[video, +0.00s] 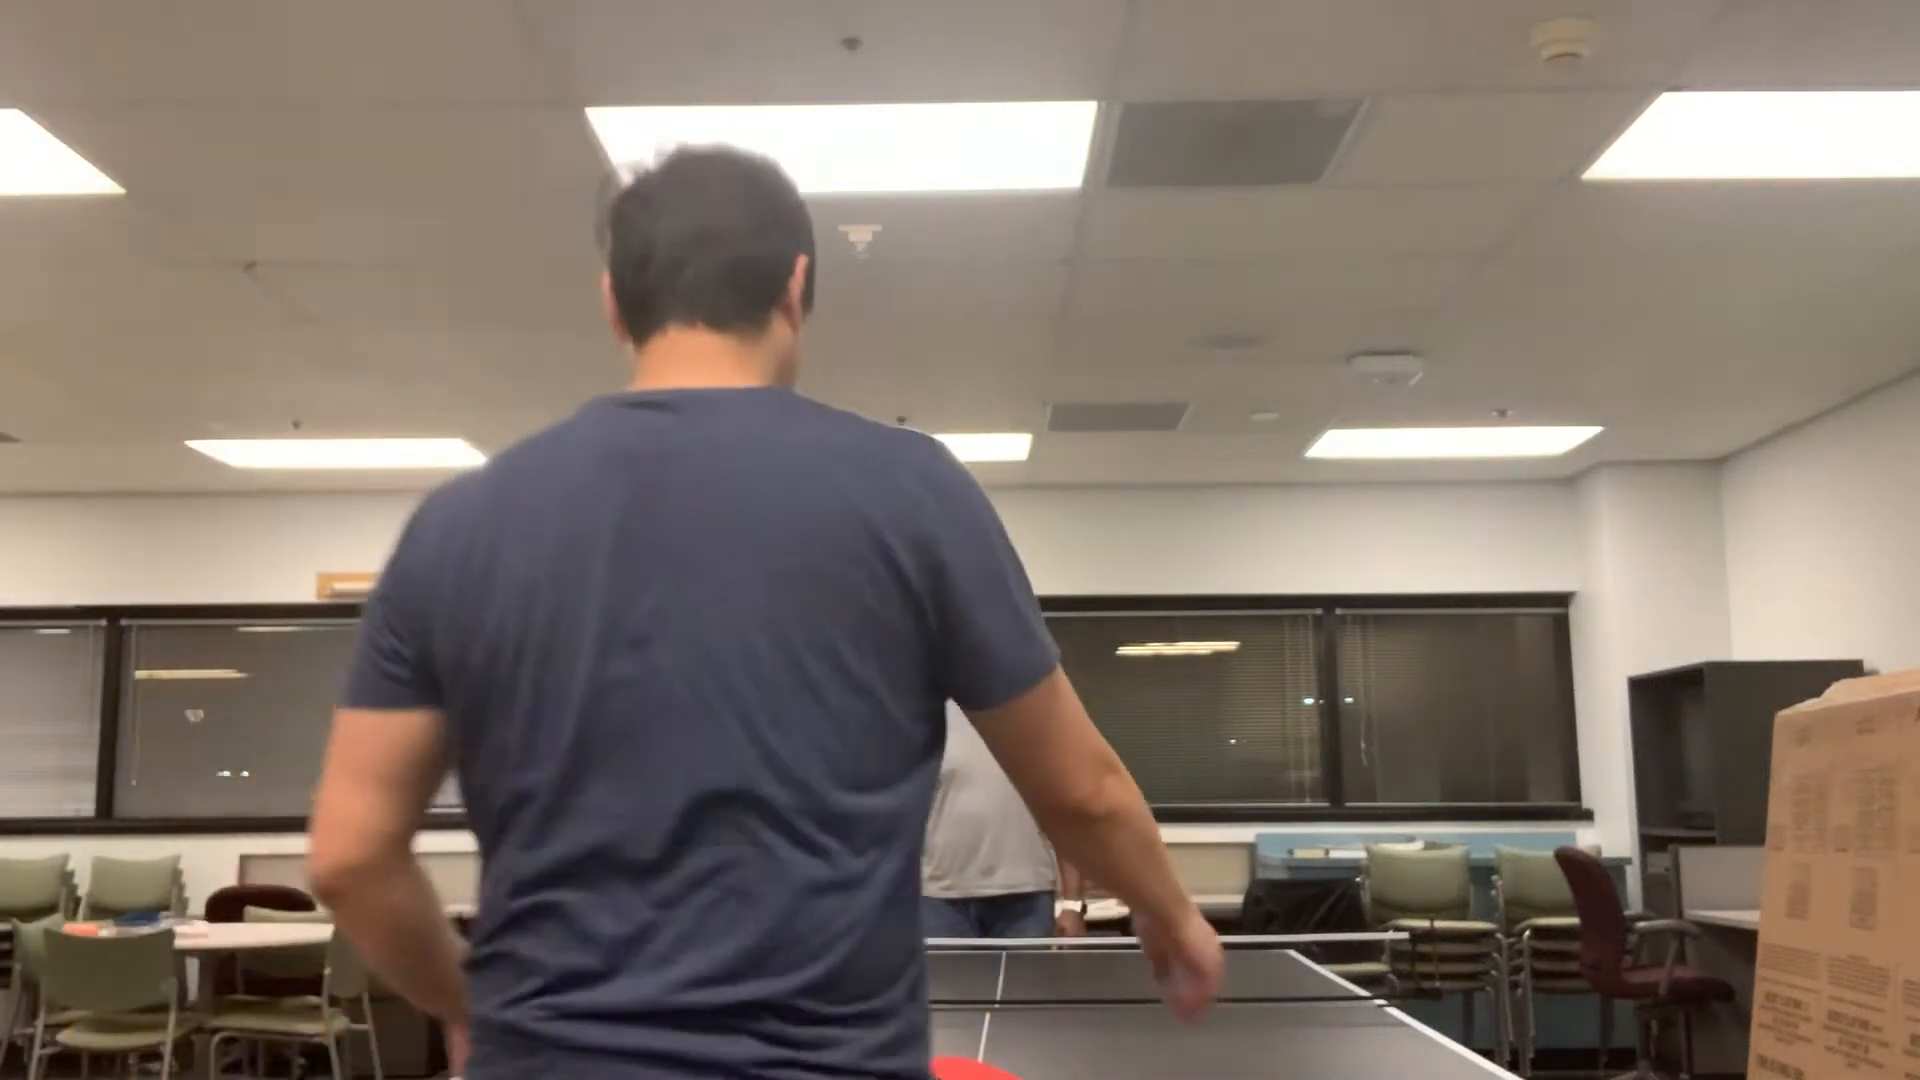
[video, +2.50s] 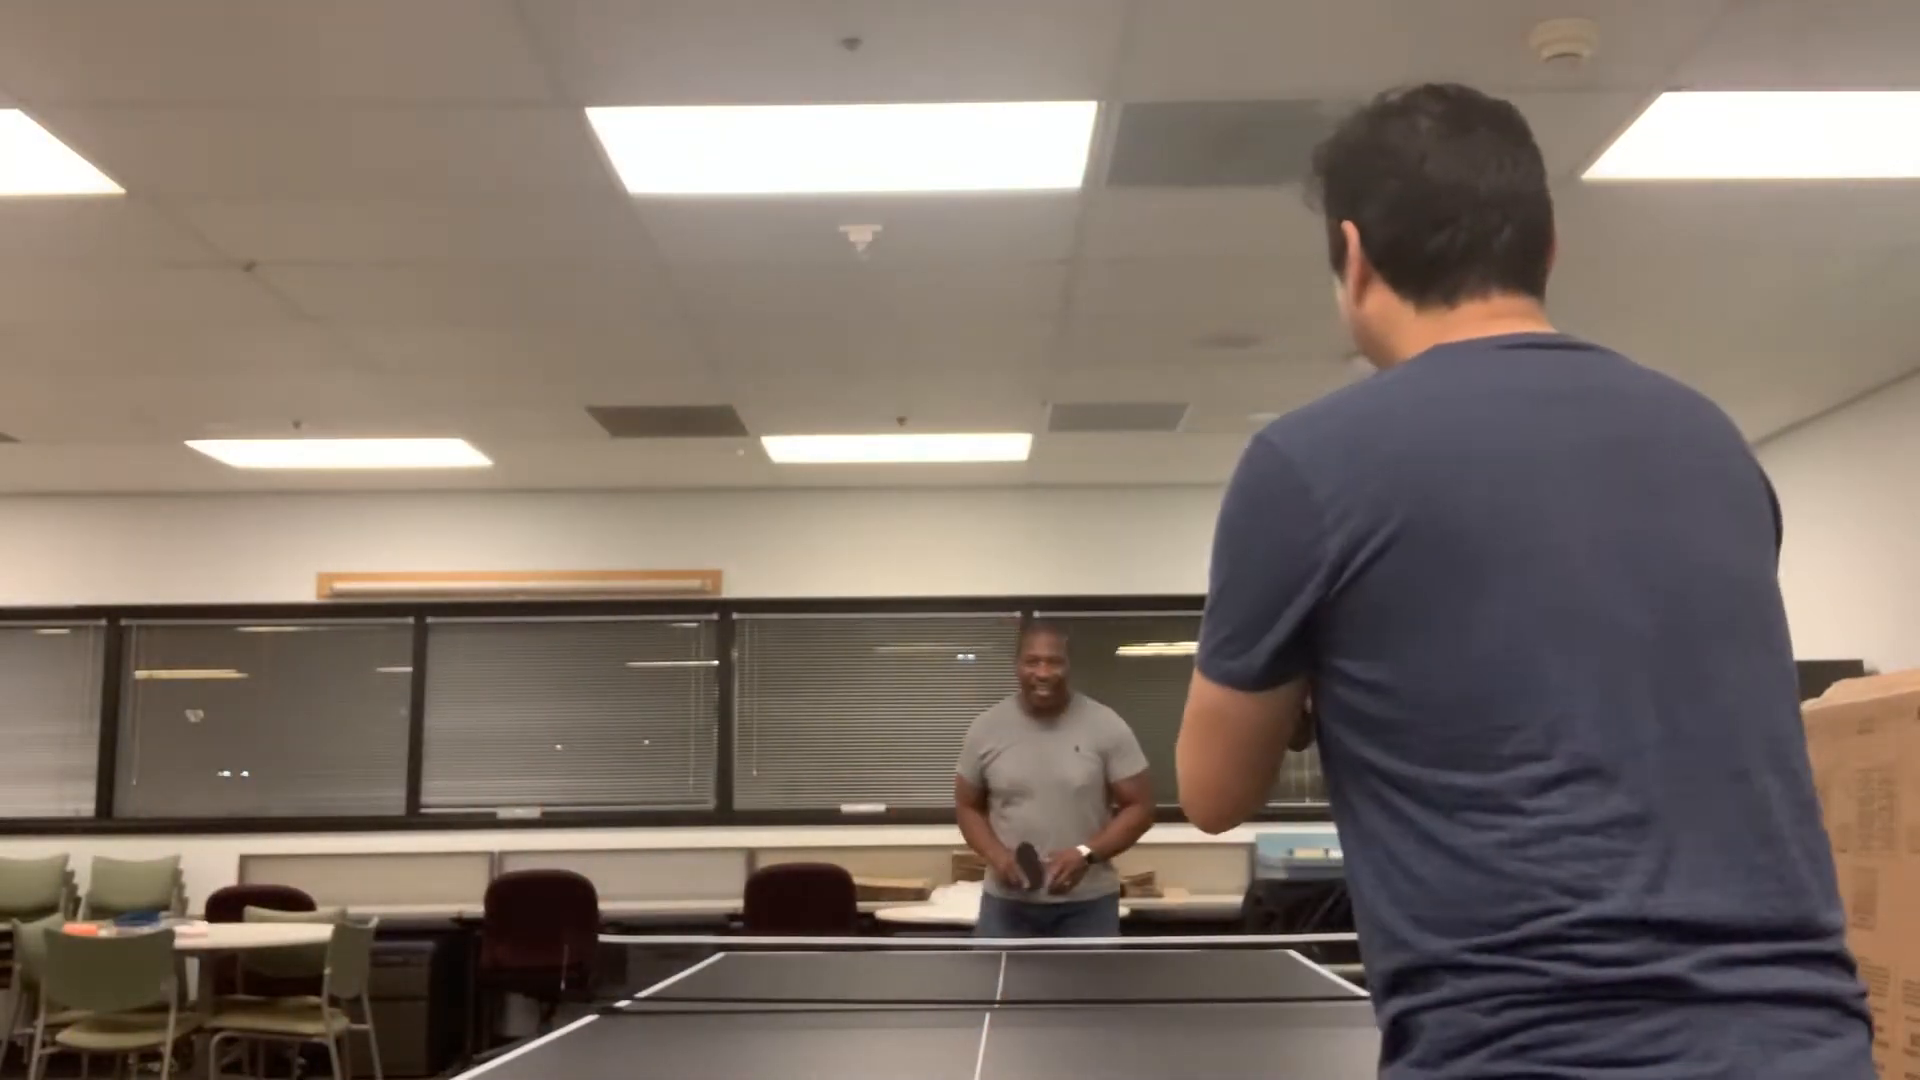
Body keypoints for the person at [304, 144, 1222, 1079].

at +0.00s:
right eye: (814, 294)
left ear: (611, 304)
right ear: (798, 289)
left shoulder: (470, 516)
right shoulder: (906, 484)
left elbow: (349, 855)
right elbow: (1083, 794)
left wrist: (466, 1007)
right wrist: (1170, 916)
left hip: (548, 1051)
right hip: (831, 1050)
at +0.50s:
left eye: (875, 427)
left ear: (893, 432)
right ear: (1047, 409)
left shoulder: (863, 601)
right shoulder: (1164, 566)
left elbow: (851, 902)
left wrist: (938, 1003)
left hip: (976, 1052)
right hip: (1204, 1044)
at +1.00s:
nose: (1057, 464)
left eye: (1053, 446)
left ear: (1068, 444)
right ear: (1209, 434)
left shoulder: (1050, 582)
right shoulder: (1313, 565)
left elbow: (1024, 883)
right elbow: (1250, 842)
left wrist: (1038, 1052)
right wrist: (1083, 991)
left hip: (1257, 1036)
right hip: (1439, 1026)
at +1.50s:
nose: (1134, 350)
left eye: (1130, 328)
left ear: (1146, 329)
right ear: (1324, 330)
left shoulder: (1076, 516)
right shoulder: (1490, 544)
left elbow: (988, 864)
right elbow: (1559, 857)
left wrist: (1064, 923)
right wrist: (1426, 895)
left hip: (1205, 1044)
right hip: (1474, 1048)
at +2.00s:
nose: (1251, 284)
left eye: (1247, 256)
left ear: (1269, 252)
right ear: (1464, 245)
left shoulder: (1194, 461)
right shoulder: (1625, 459)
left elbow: (1092, 798)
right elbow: (1645, 739)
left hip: (1324, 1044)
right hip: (1624, 1045)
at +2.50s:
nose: (1337, 306)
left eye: (1330, 271)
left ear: (1354, 257)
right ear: (1549, 246)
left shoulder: (1312, 458)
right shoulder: (1711, 434)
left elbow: (1214, 792)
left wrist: (1321, 666)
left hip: (1504, 1049)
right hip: (1800, 1041)